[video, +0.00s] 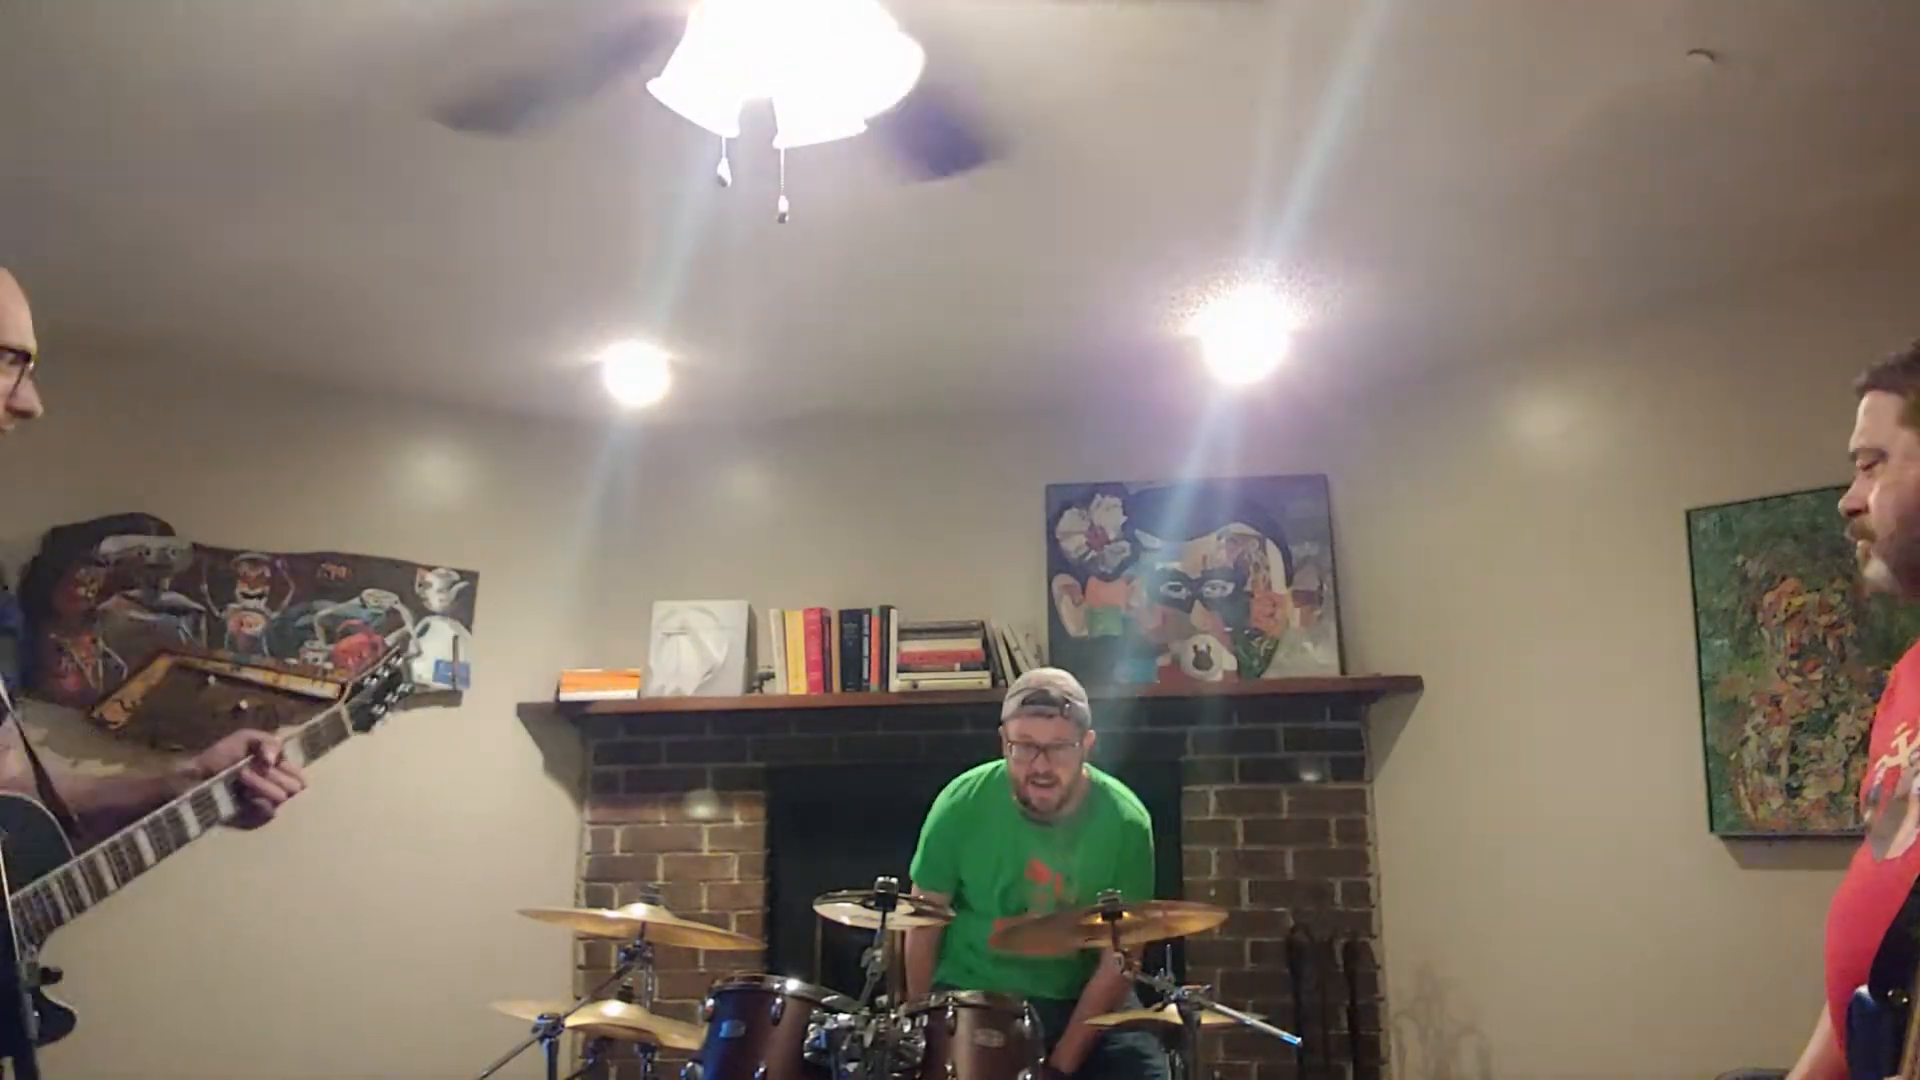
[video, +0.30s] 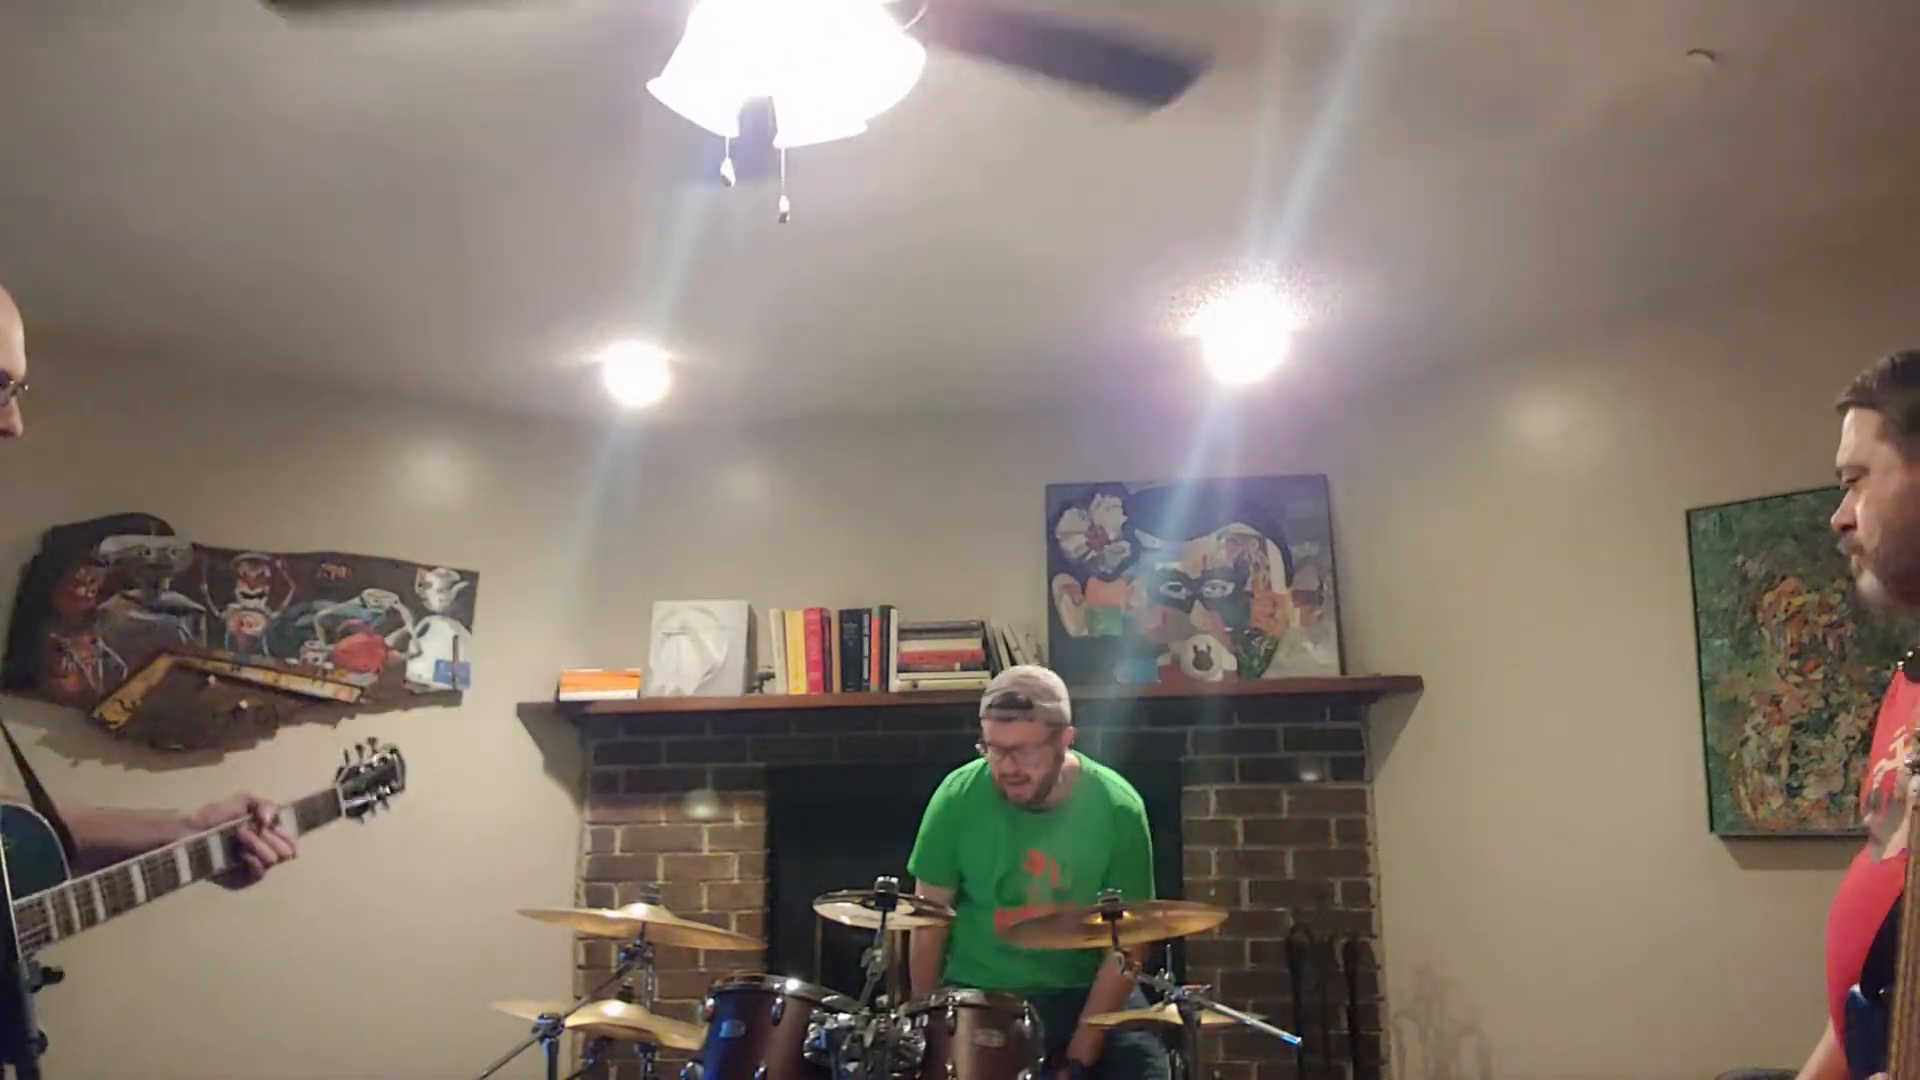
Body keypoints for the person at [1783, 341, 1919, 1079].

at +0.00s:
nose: (1849, 500)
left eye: (1874, 464)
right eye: (1855, 470)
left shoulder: (1910, 674)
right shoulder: (1908, 674)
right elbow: (1879, 906)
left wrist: (1816, 1065)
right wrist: (1811, 1068)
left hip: (1900, 1055)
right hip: (1860, 1049)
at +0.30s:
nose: (1840, 518)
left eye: (1858, 479)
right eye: (1843, 487)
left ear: (1919, 474)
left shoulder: (1906, 695)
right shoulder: (1902, 693)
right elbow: (1879, 970)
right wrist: (1819, 1066)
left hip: (1898, 1053)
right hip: (1866, 1047)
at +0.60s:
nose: (1833, 523)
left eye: (1850, 486)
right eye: (1836, 493)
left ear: (1918, 476)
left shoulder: (1914, 650)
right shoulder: (1910, 653)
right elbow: (1887, 871)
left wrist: (1847, 1055)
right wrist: (1831, 1052)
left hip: (1895, 1044)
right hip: (1867, 1034)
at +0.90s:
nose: (1828, 531)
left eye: (1846, 492)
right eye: (1831, 500)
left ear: (1915, 475)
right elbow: (1881, 894)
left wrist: (1873, 1059)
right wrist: (1817, 1061)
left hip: (1898, 1047)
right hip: (1864, 1038)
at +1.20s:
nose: (1827, 533)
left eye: (1843, 494)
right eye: (1829, 502)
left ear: (1915, 476)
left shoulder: (1907, 686)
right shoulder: (1901, 686)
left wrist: (1890, 1054)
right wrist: (1812, 1064)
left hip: (1901, 1055)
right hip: (1861, 1047)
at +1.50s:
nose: (1825, 535)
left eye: (1841, 496)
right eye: (1826, 506)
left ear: (1913, 475)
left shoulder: (1907, 689)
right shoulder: (1902, 691)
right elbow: (1888, 924)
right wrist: (1812, 1064)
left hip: (1901, 1052)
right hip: (1871, 1051)